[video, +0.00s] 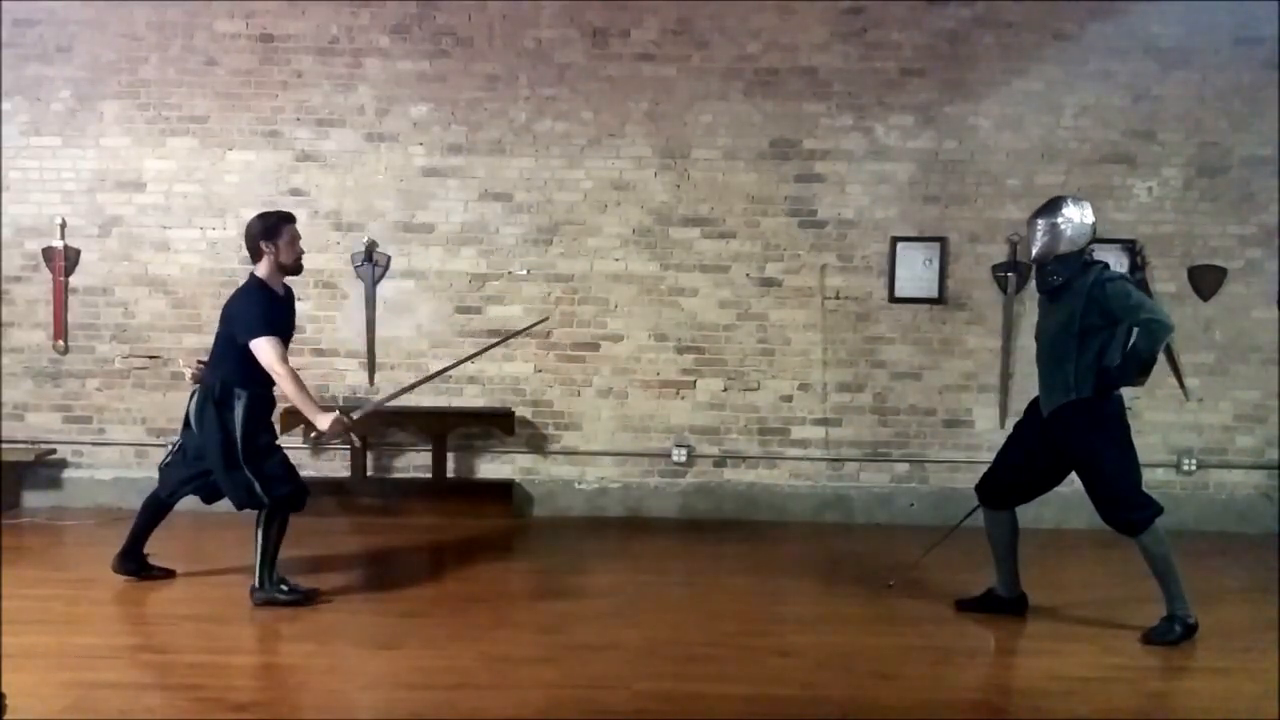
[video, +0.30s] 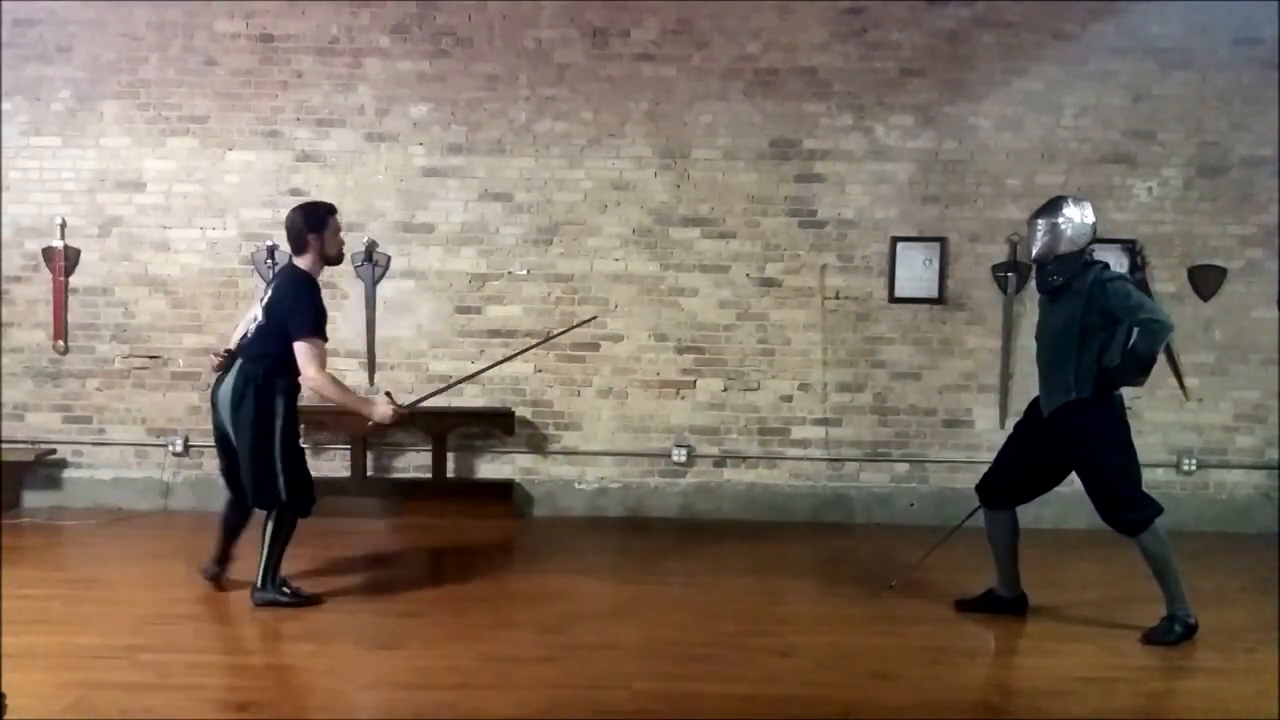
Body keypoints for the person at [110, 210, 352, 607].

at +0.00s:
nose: (302, 247)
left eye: (299, 239)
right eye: (294, 241)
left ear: (272, 249)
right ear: (268, 249)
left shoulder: (282, 295)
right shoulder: (251, 303)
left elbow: (249, 349)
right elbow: (279, 368)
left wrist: (213, 368)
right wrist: (318, 416)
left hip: (230, 409)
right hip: (228, 414)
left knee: (174, 483)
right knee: (281, 490)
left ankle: (129, 555)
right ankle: (266, 583)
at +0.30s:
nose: (343, 239)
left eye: (340, 231)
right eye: (337, 233)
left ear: (307, 241)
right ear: (314, 240)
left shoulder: (284, 280)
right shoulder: (303, 291)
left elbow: (253, 322)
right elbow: (312, 375)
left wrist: (230, 354)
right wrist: (369, 408)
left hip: (232, 388)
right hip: (261, 396)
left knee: (245, 484)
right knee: (293, 489)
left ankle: (217, 565)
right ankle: (268, 583)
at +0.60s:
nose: (378, 238)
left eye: (374, 230)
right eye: (372, 231)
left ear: (336, 240)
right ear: (355, 240)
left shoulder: (309, 275)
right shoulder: (355, 296)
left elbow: (267, 317)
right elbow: (366, 377)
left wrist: (266, 359)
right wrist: (419, 384)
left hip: (280, 390)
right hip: (308, 395)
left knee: (333, 487)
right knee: (313, 492)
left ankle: (376, 567)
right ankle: (269, 582)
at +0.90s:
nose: (423, 229)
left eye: (419, 222)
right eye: (417, 223)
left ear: (379, 230)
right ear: (402, 230)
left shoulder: (359, 269)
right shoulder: (409, 284)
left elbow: (322, 317)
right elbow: (466, 334)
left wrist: (329, 358)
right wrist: (514, 311)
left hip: (345, 381)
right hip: (375, 384)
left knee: (377, 474)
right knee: (411, 473)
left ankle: (398, 568)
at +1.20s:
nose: (469, 226)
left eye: (466, 219)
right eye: (465, 220)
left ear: (428, 228)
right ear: (451, 227)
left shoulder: (399, 263)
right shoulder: (459, 273)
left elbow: (360, 306)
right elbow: (536, 275)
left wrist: (367, 351)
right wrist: (592, 262)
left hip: (382, 383)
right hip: (415, 378)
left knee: (391, 477)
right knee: (499, 379)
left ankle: (398, 569)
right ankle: (450, 449)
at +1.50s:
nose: (521, 231)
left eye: (518, 224)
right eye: (517, 225)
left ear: (482, 233)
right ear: (502, 232)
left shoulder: (455, 270)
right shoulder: (514, 282)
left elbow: (411, 311)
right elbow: (580, 276)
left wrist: (426, 354)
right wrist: (602, 237)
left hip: (439, 390)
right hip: (479, 387)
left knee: (415, 476)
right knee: (554, 415)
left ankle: (401, 568)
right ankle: (504, 485)